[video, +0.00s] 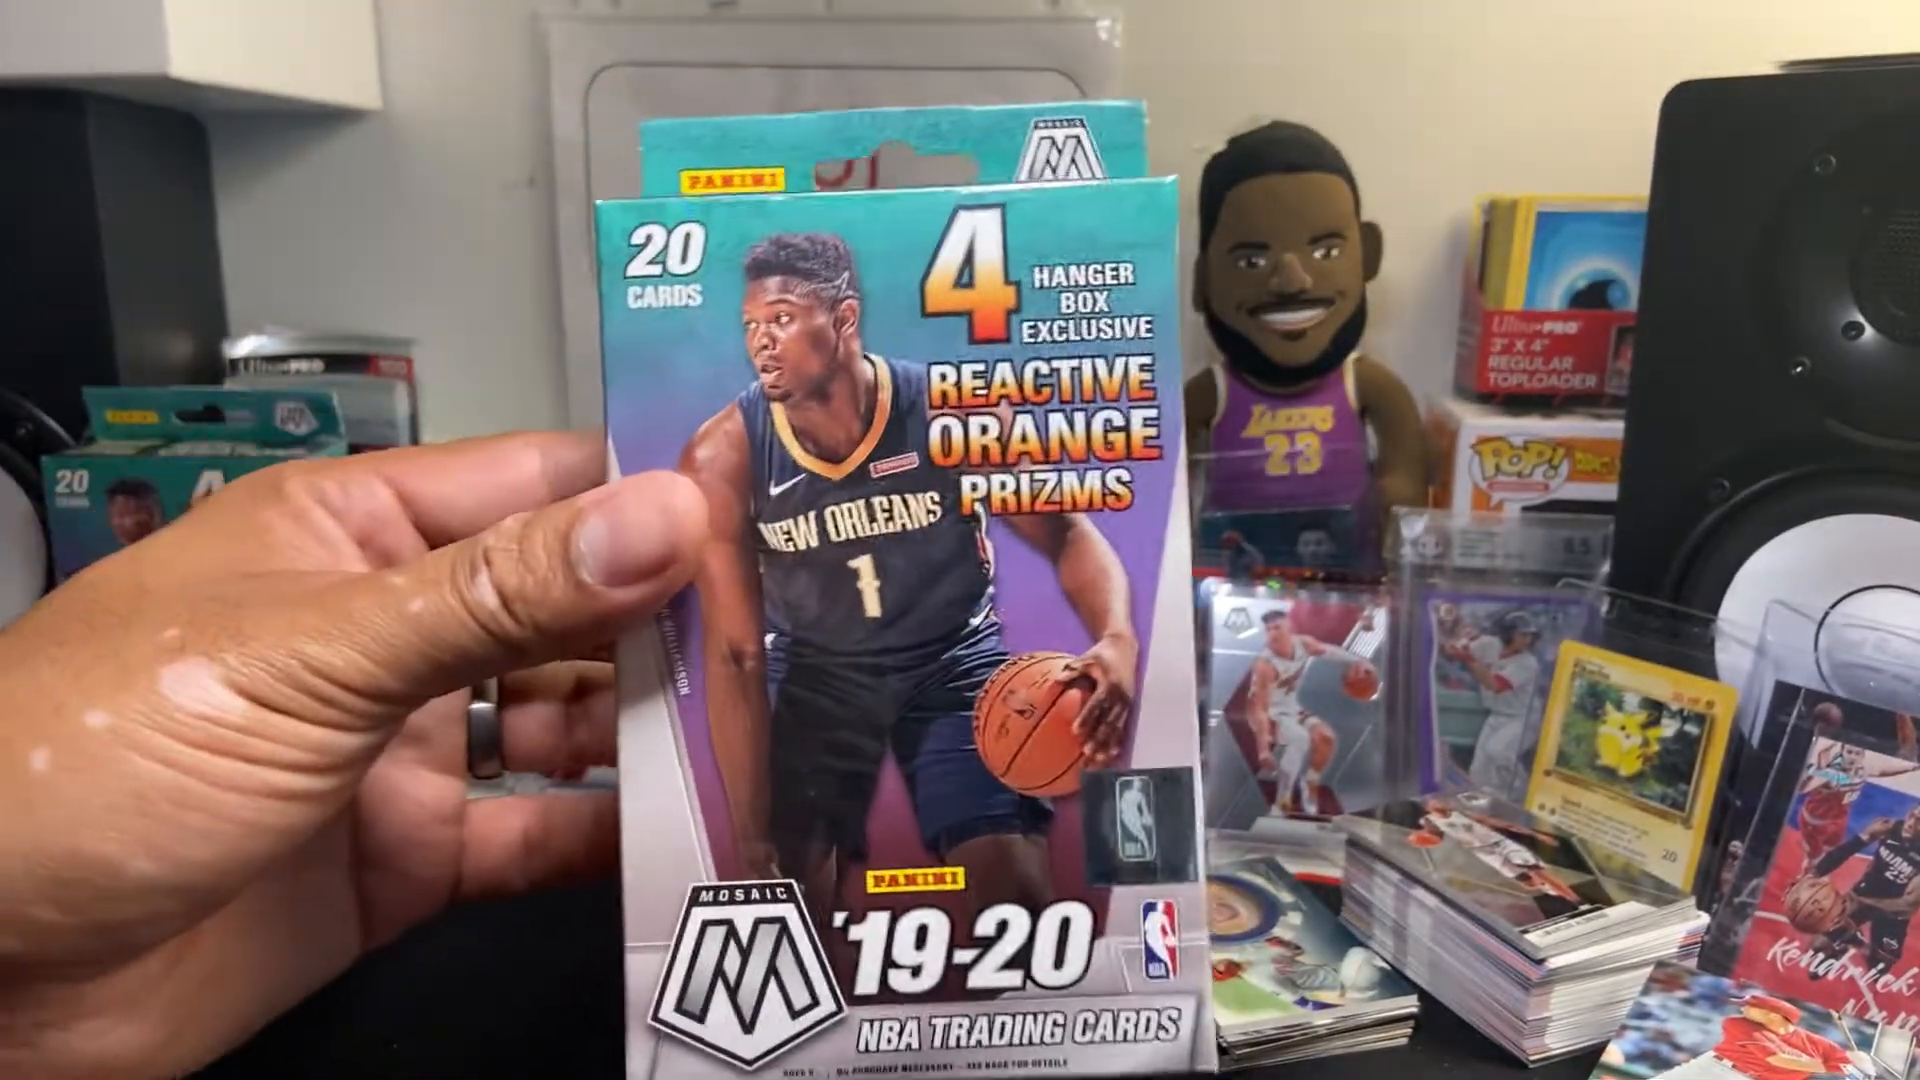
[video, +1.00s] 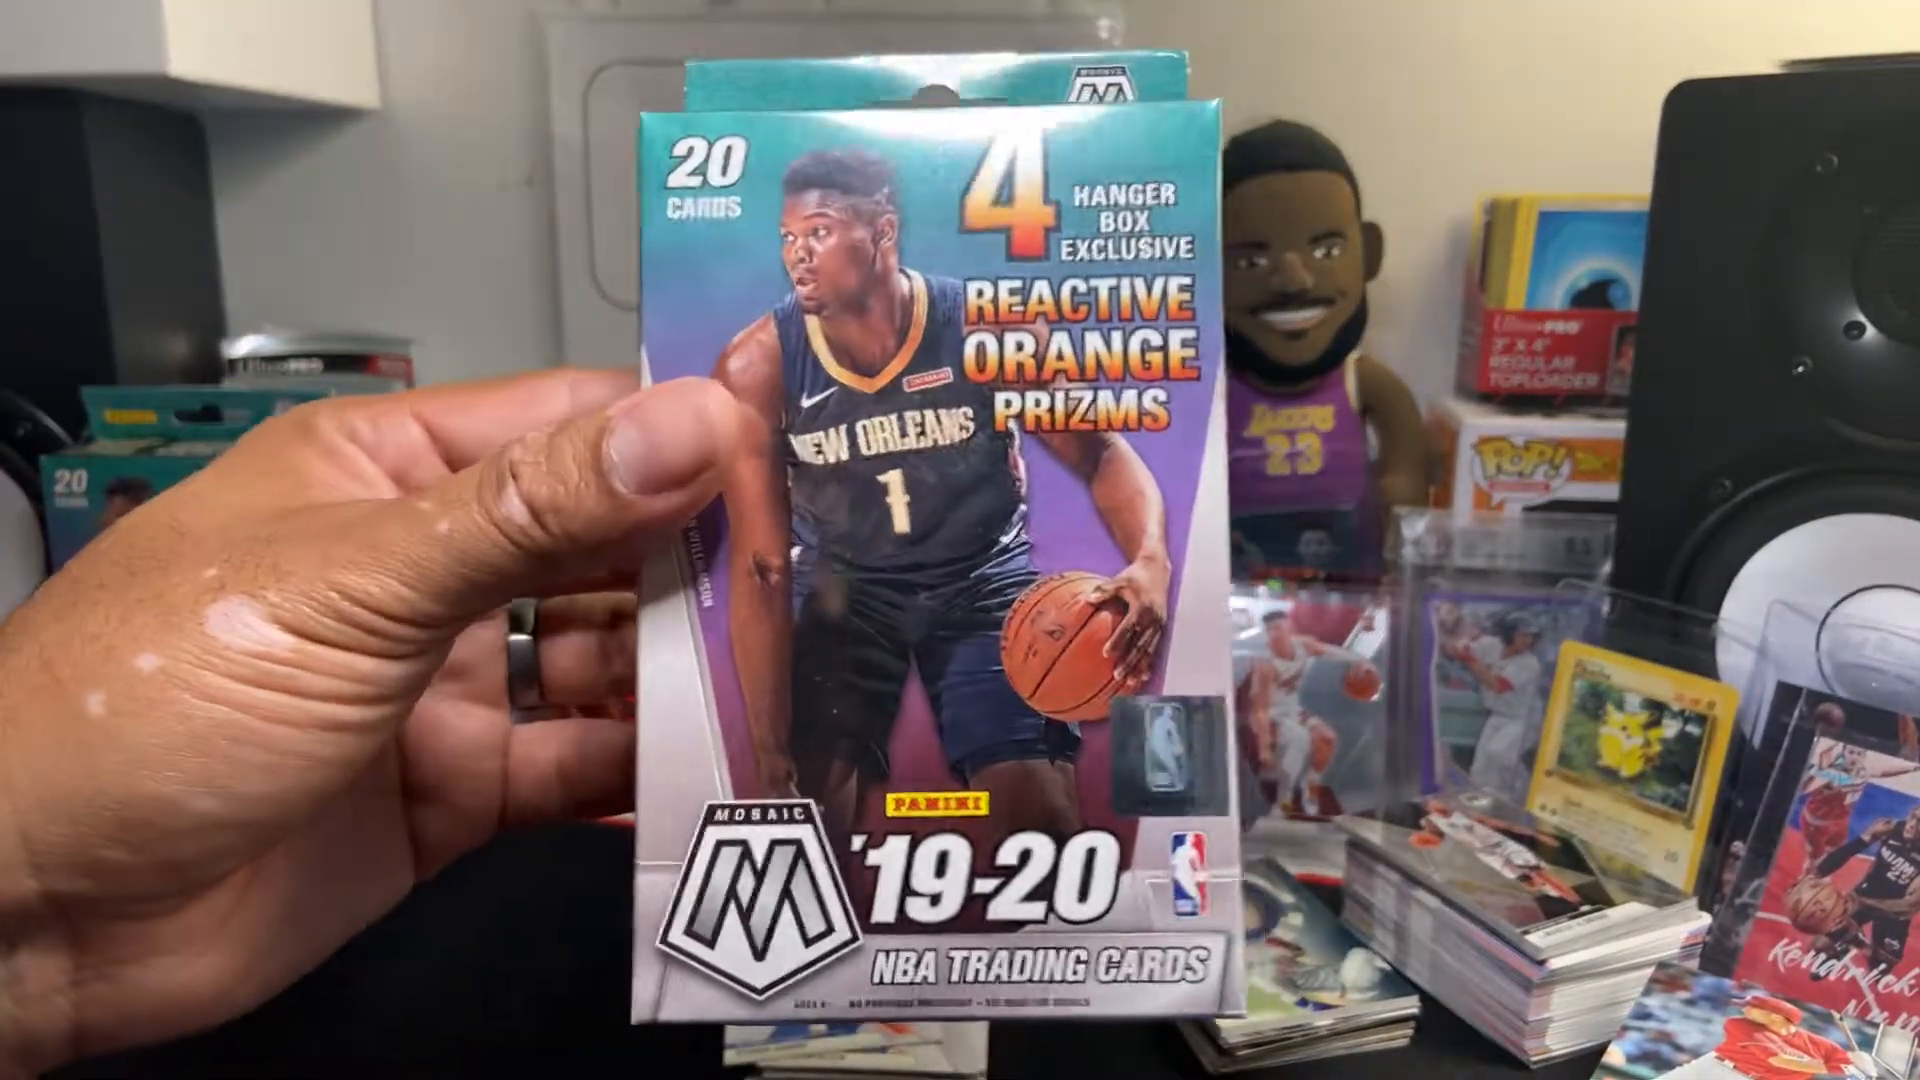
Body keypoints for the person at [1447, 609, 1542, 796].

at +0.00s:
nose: (1527, 641)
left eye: (1530, 636)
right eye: (1523, 635)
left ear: (1533, 638)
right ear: (1510, 635)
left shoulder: (1528, 663)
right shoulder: (1491, 646)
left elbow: (1497, 684)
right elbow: (1461, 651)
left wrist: (1471, 661)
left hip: (1520, 721)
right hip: (1496, 718)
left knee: (1496, 750)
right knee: (1480, 762)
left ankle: (1520, 790)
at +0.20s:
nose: (1527, 641)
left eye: (1530, 636)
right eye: (1523, 635)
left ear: (1533, 639)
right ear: (1510, 635)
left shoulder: (1528, 663)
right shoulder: (1491, 646)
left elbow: (1497, 684)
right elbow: (1462, 651)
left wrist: (1470, 661)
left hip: (1518, 722)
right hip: (1495, 718)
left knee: (1496, 751)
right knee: (1480, 762)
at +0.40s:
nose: (1527, 641)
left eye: (1530, 636)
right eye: (1523, 635)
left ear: (1533, 638)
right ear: (1510, 635)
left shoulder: (1528, 663)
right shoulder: (1492, 646)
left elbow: (1497, 684)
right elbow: (1461, 651)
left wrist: (1470, 661)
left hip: (1519, 722)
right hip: (1496, 718)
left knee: (1496, 751)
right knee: (1480, 762)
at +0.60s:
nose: (1528, 641)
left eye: (1531, 636)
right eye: (1523, 635)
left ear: (1535, 639)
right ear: (1511, 635)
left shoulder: (1529, 663)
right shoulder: (1492, 646)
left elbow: (1498, 684)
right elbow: (1462, 651)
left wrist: (1471, 661)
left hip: (1519, 722)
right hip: (1496, 718)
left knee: (1497, 751)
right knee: (1481, 763)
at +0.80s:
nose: (1528, 641)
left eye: (1531, 636)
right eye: (1523, 635)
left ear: (1534, 639)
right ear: (1511, 635)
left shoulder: (1529, 663)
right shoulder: (1492, 646)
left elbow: (1498, 685)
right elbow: (1460, 650)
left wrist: (1471, 661)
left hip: (1520, 722)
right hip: (1496, 718)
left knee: (1497, 751)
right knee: (1481, 764)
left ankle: (1520, 788)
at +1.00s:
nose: (1528, 641)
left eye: (1531, 636)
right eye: (1523, 635)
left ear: (1534, 639)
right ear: (1511, 634)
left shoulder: (1530, 664)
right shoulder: (1492, 646)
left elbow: (1500, 685)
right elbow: (1461, 651)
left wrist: (1472, 662)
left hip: (1520, 720)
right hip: (1497, 716)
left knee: (1498, 752)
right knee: (1483, 752)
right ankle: (1478, 794)